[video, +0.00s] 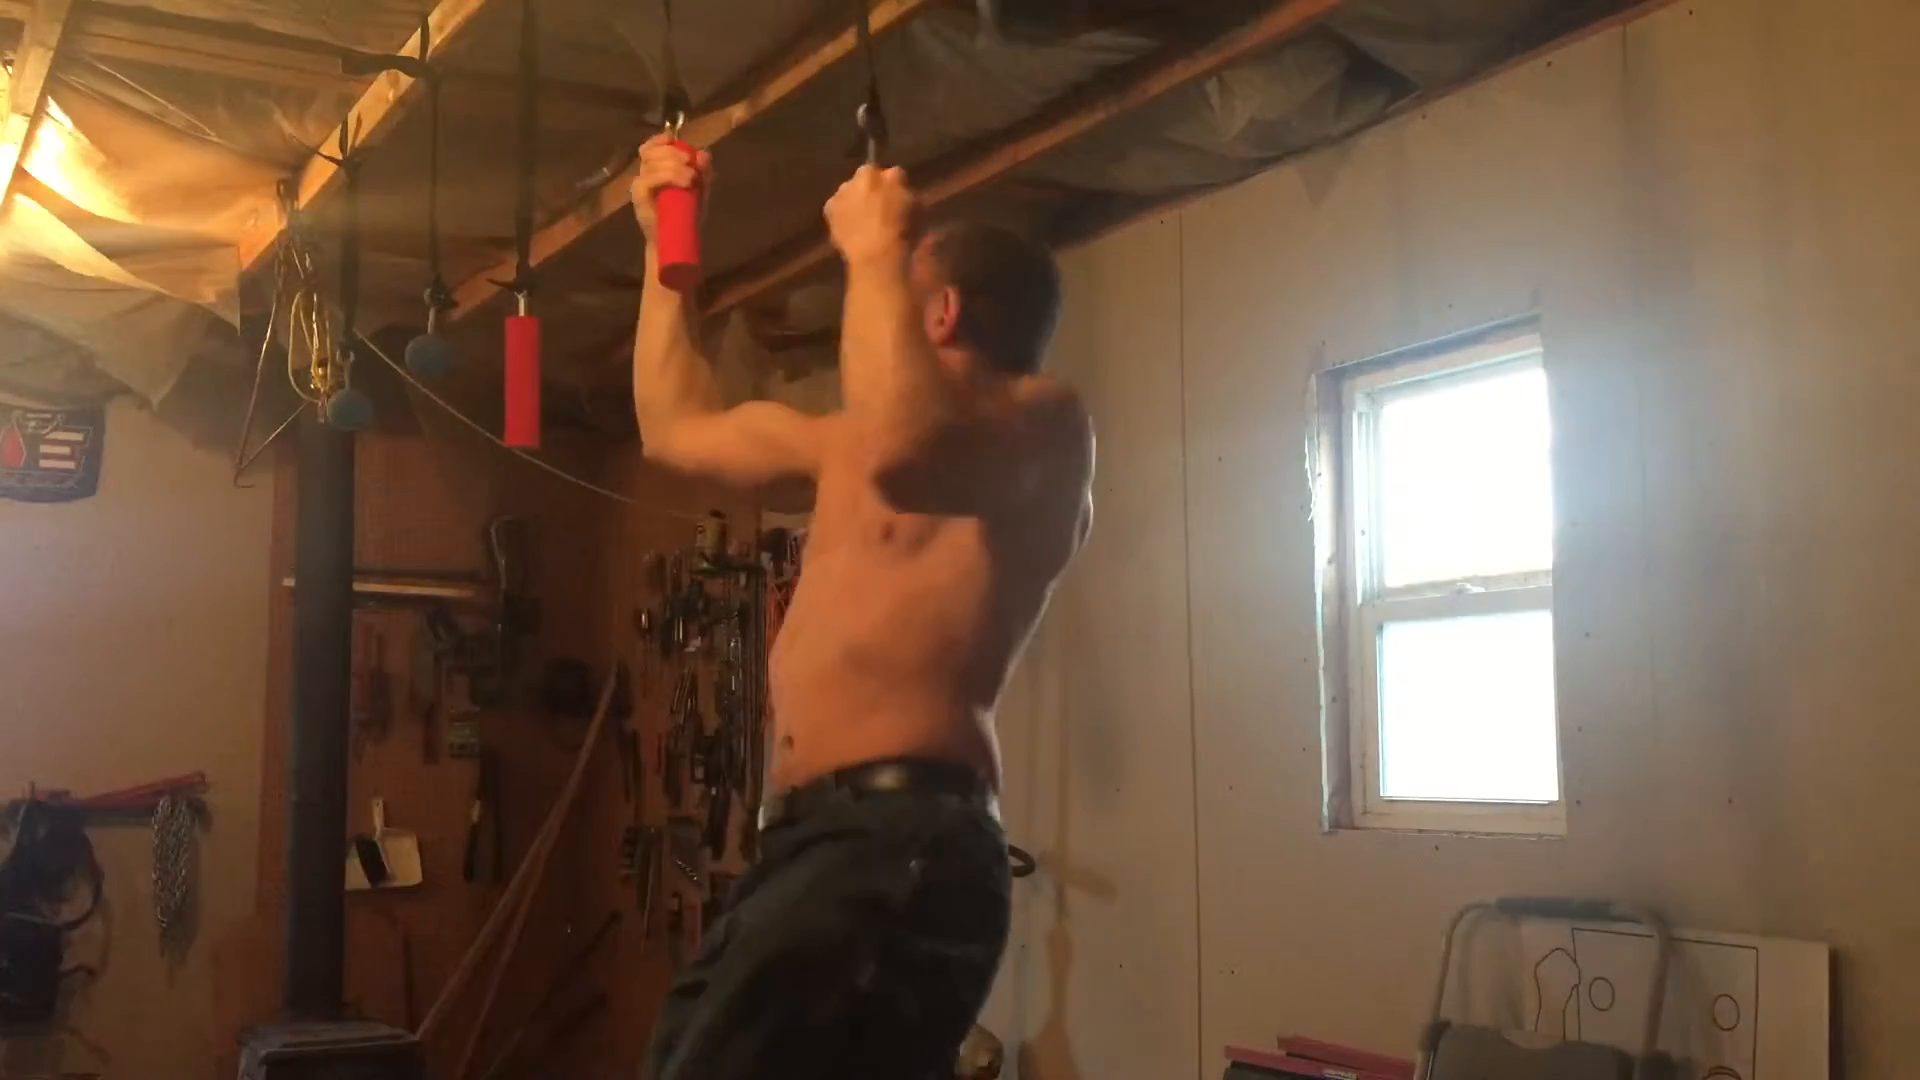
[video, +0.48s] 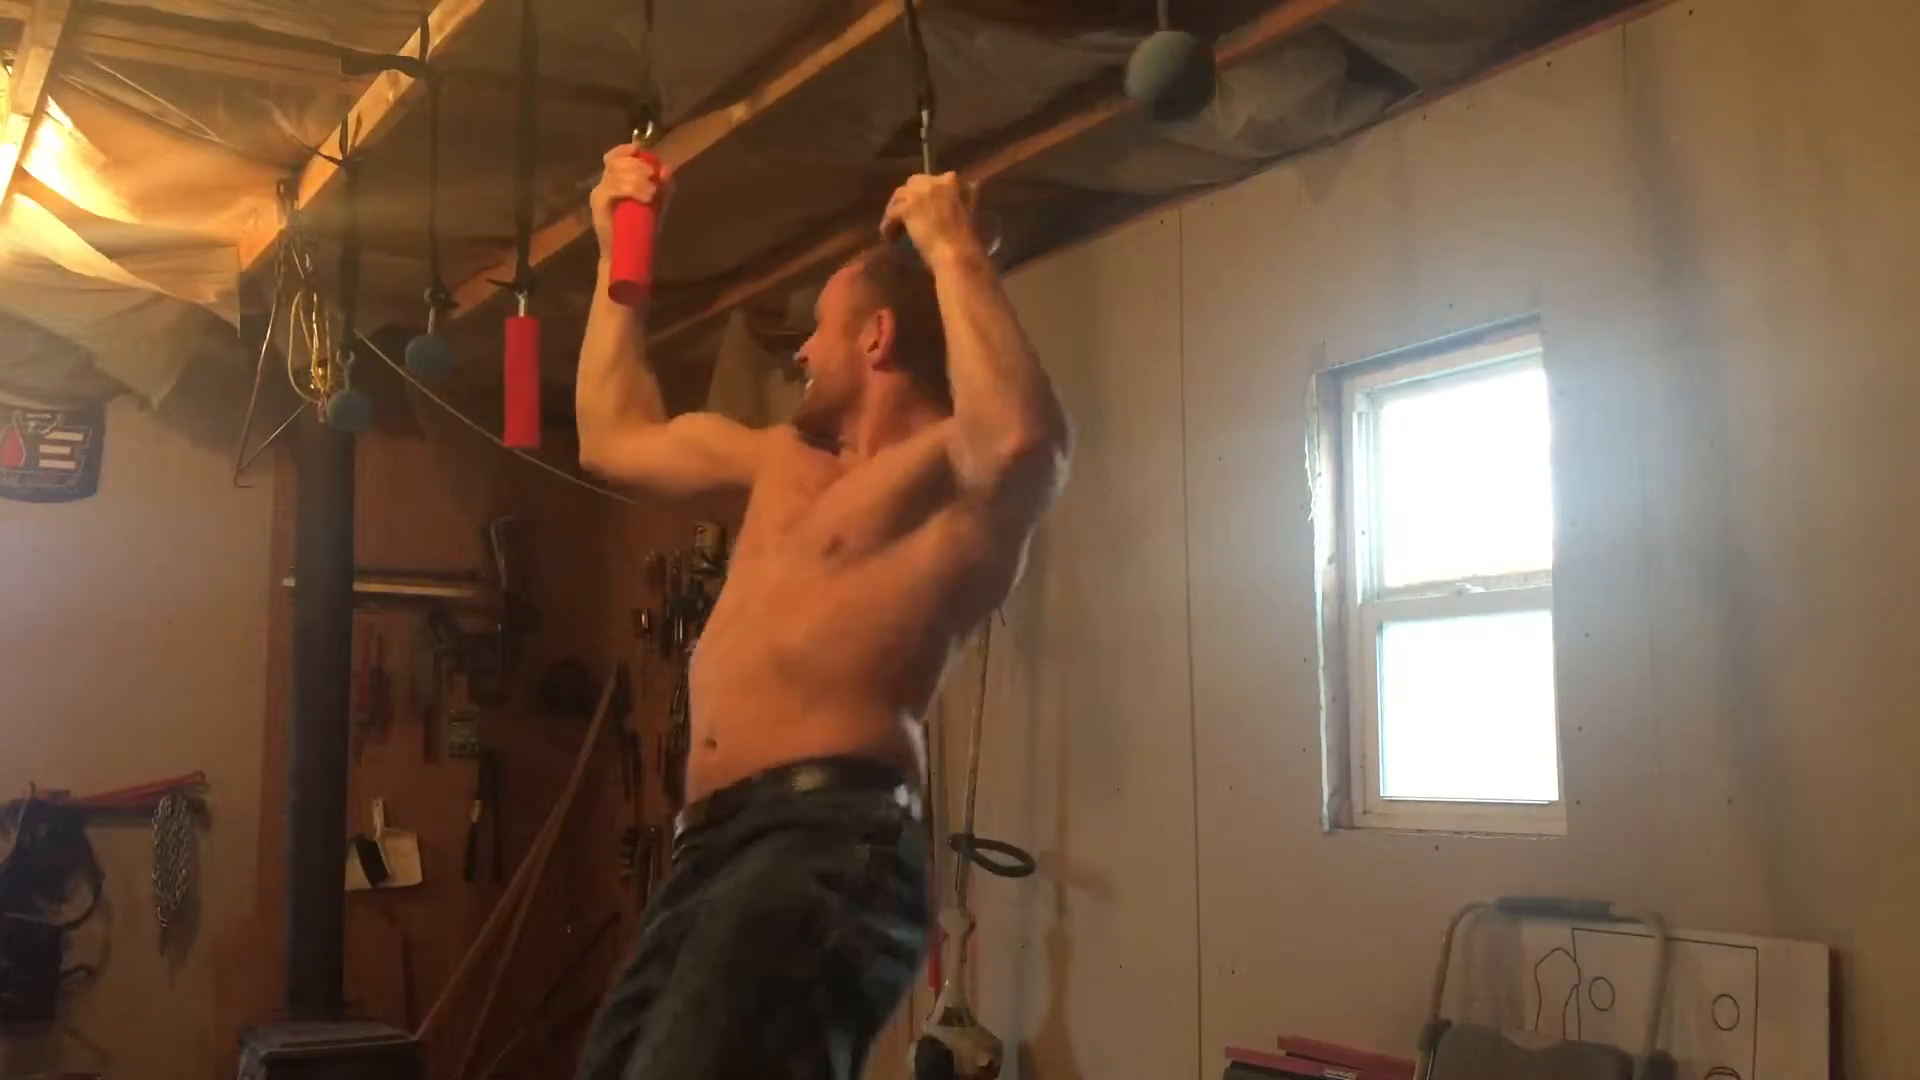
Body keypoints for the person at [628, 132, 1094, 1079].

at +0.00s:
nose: (882, 308)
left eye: (907, 285)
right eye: (893, 288)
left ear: (945, 313)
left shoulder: (1047, 420)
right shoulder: (855, 438)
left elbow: (905, 448)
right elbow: (676, 427)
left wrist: (872, 256)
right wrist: (671, 242)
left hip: (904, 842)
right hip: (801, 843)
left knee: (733, 1061)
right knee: (682, 1057)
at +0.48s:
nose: (801, 351)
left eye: (819, 325)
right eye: (810, 327)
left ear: (877, 338)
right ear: (864, 342)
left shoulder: (957, 466)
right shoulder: (772, 458)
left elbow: (1017, 439)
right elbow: (615, 437)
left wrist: (953, 250)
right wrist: (621, 243)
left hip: (830, 840)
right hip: (707, 848)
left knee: (696, 1060)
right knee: (619, 1059)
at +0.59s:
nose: (772, 374)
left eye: (787, 352)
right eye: (778, 353)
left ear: (844, 367)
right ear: (846, 368)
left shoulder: (925, 506)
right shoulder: (755, 476)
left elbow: (951, 454)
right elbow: (605, 445)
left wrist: (913, 263)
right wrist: (615, 257)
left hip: (788, 880)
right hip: (695, 876)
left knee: (575, 1061)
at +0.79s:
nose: (731, 409)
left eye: (756, 386)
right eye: (737, 386)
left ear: (836, 405)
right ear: (736, 393)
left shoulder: (884, 532)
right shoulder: (740, 495)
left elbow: (823, 469)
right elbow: (619, 453)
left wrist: (835, 284)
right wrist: (615, 272)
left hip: (718, 924)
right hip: (647, 906)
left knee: (461, 1045)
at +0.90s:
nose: (730, 399)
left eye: (748, 379)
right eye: (735, 382)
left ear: (811, 408)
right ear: (770, 412)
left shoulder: (849, 543)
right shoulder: (755, 528)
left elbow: (736, 456)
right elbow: (646, 459)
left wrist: (784, 289)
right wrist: (631, 284)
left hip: (671, 949)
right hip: (629, 931)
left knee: (419, 1044)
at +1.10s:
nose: (634, 434)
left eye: (646, 418)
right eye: (634, 417)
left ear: (674, 449)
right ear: (772, 438)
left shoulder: (709, 557)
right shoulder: (812, 546)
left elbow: (523, 431)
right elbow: (635, 447)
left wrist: (679, 280)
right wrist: (651, 314)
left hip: (575, 959)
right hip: (695, 965)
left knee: (429, 939)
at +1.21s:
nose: (606, 452)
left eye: (613, 431)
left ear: (621, 445)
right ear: (740, 438)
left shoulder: (616, 541)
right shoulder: (801, 540)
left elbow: (445, 393)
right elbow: (721, 450)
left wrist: (616, 269)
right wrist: (657, 290)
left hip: (539, 913)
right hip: (685, 938)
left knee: (425, 1025)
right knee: (642, 1064)